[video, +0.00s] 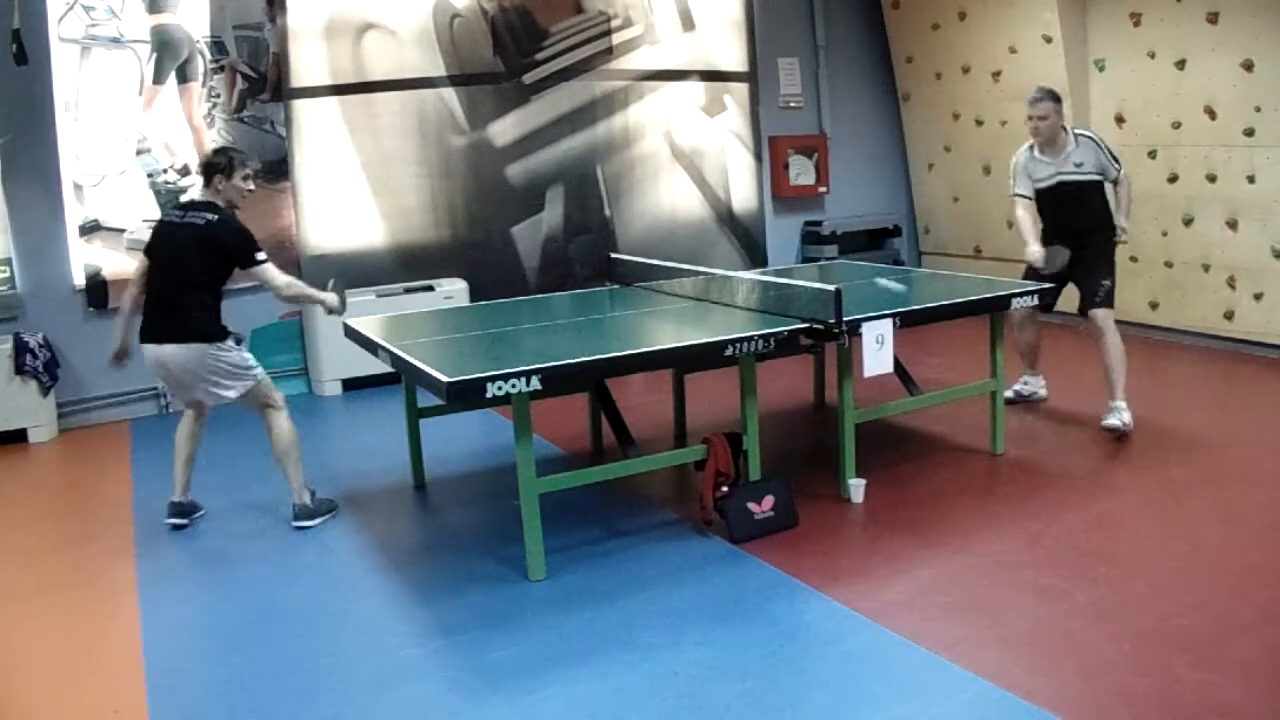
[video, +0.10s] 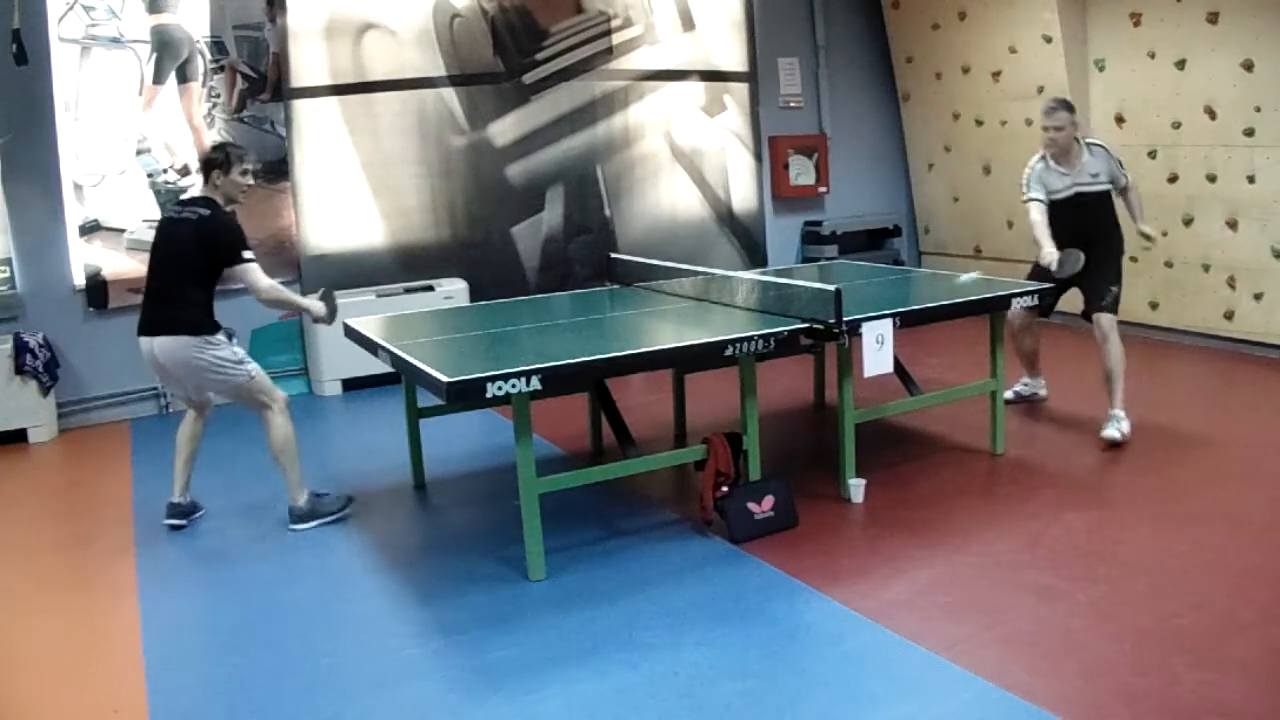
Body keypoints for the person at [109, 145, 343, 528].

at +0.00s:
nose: (250, 187)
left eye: (251, 179)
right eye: (244, 179)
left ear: (211, 181)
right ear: (219, 180)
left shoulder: (168, 221)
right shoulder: (228, 227)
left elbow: (136, 286)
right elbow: (280, 285)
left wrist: (124, 340)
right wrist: (323, 297)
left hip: (154, 345)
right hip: (201, 345)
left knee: (194, 407)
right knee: (273, 404)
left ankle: (179, 501)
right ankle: (303, 501)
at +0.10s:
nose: (249, 183)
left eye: (250, 175)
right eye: (243, 175)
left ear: (210, 177)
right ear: (217, 175)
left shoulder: (173, 214)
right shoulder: (221, 222)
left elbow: (192, 278)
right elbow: (264, 291)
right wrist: (310, 306)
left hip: (151, 338)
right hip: (193, 338)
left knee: (198, 406)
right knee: (274, 403)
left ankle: (178, 501)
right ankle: (301, 502)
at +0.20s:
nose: (252, 178)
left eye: (253, 170)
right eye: (246, 169)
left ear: (214, 172)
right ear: (219, 170)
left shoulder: (177, 209)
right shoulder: (220, 217)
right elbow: (251, 289)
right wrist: (299, 308)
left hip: (153, 333)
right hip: (193, 334)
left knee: (198, 407)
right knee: (274, 404)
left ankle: (178, 504)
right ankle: (298, 510)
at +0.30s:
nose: (262, 174)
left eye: (262, 166)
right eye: (255, 167)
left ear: (223, 171)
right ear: (227, 169)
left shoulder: (189, 205)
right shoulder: (227, 215)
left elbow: (177, 272)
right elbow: (249, 289)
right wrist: (298, 310)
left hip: (160, 331)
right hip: (199, 333)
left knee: (199, 408)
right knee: (271, 412)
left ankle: (178, 504)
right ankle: (291, 521)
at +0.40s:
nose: (276, 175)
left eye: (276, 167)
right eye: (269, 167)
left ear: (234, 170)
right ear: (242, 169)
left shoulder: (200, 206)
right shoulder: (240, 217)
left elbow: (187, 269)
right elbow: (255, 290)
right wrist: (303, 311)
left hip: (169, 330)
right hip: (209, 333)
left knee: (204, 410)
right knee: (272, 422)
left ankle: (179, 504)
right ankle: (284, 535)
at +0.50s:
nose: (289, 183)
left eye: (289, 174)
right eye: (283, 174)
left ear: (246, 177)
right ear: (257, 176)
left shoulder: (212, 214)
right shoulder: (252, 219)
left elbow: (186, 267)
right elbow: (259, 290)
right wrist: (309, 309)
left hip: (177, 333)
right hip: (216, 335)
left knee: (205, 413)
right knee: (296, 410)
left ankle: (178, 507)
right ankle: (290, 523)